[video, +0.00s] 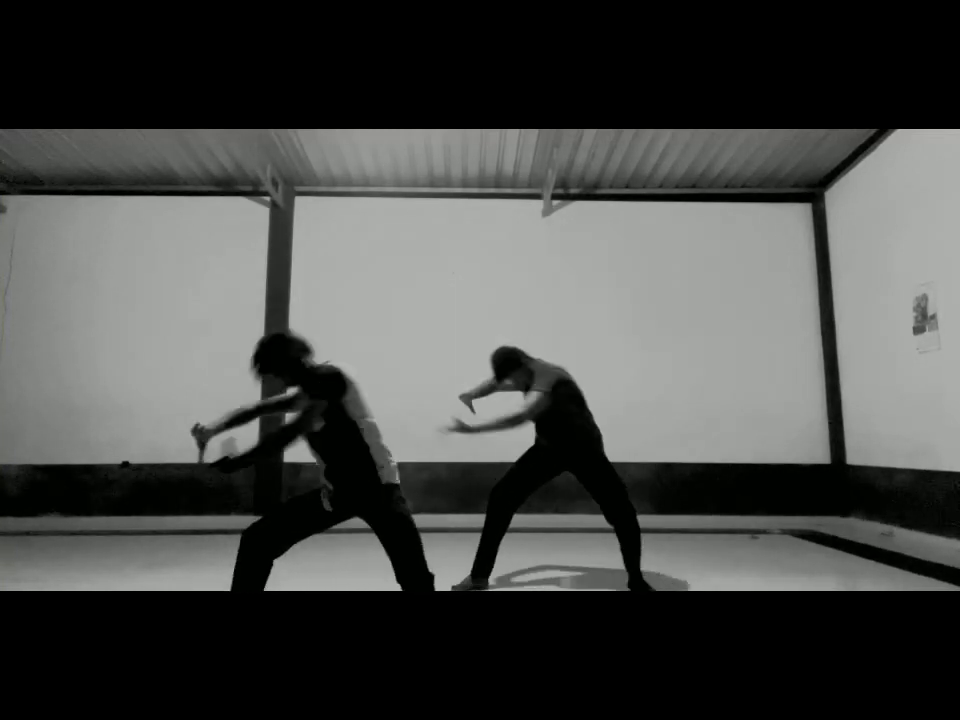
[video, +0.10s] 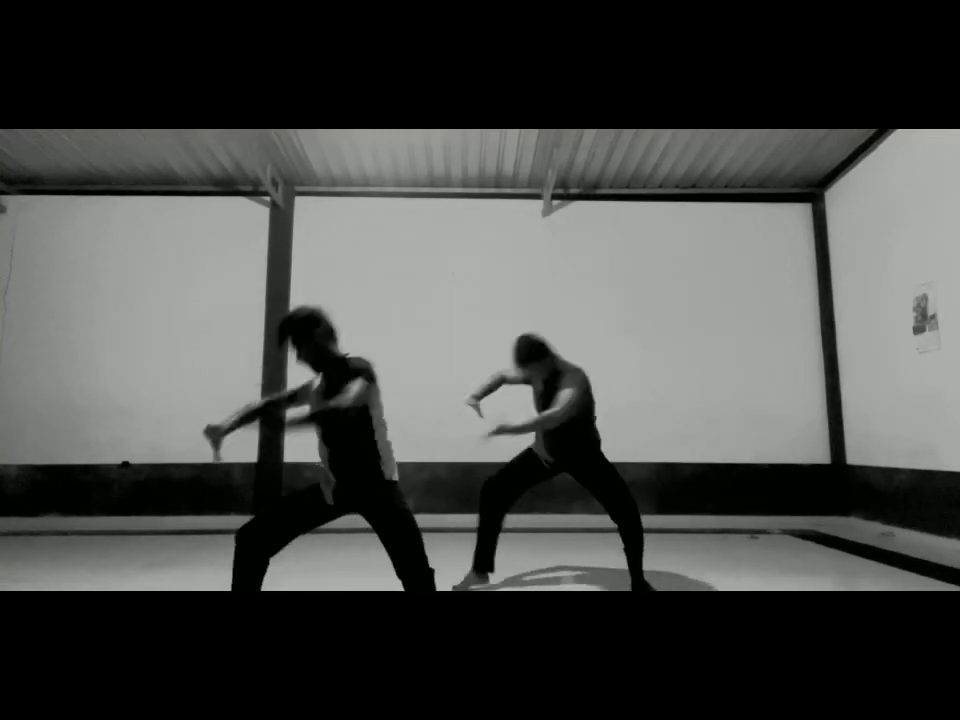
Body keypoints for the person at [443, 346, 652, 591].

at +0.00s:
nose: (512, 385)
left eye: (513, 378)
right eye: (508, 381)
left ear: (523, 367)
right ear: (507, 377)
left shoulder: (549, 377)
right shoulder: (526, 375)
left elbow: (524, 415)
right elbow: (496, 384)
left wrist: (473, 429)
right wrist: (471, 395)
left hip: (583, 453)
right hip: (548, 451)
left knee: (622, 512)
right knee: (502, 497)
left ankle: (635, 578)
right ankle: (479, 577)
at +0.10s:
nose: (530, 376)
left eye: (532, 371)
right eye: (527, 372)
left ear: (543, 361)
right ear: (528, 366)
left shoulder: (573, 379)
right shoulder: (536, 372)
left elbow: (557, 416)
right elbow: (502, 377)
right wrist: (477, 395)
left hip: (583, 458)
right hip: (544, 455)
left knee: (626, 510)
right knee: (494, 492)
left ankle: (638, 581)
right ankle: (480, 572)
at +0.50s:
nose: (538, 338)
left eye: (544, 334)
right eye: (533, 332)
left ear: (550, 339)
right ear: (524, 336)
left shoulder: (561, 370)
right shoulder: (505, 367)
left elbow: (601, 358)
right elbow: (473, 339)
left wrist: (611, 363)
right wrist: (499, 346)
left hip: (560, 454)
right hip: (517, 455)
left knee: (615, 495)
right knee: (472, 501)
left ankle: (636, 571)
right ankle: (469, 577)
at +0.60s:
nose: (531, 338)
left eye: (536, 334)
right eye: (525, 333)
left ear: (542, 338)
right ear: (517, 338)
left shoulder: (559, 371)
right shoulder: (503, 374)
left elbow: (601, 364)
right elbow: (474, 361)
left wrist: (623, 371)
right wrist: (512, 361)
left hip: (557, 452)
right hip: (514, 455)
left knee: (613, 492)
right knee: (471, 501)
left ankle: (628, 563)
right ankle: (470, 576)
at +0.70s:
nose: (537, 343)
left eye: (542, 338)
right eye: (532, 338)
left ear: (549, 342)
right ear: (524, 342)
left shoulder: (564, 376)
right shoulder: (512, 377)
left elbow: (606, 376)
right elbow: (486, 382)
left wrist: (635, 385)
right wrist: (517, 372)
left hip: (559, 457)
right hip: (517, 458)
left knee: (611, 499)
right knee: (473, 503)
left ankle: (618, 574)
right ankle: (469, 579)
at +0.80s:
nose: (551, 344)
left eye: (556, 339)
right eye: (546, 339)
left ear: (562, 342)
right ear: (539, 343)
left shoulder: (579, 378)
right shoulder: (526, 378)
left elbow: (617, 378)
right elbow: (496, 390)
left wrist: (644, 385)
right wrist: (510, 388)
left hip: (567, 459)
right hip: (526, 461)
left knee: (620, 500)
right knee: (482, 507)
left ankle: (616, 571)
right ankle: (469, 577)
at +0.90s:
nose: (564, 333)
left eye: (568, 328)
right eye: (559, 329)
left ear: (576, 329)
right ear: (551, 331)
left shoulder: (594, 364)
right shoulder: (540, 364)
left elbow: (631, 360)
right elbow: (511, 379)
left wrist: (653, 368)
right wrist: (518, 385)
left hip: (583, 449)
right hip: (543, 449)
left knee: (628, 501)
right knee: (504, 505)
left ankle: (618, 571)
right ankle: (472, 575)